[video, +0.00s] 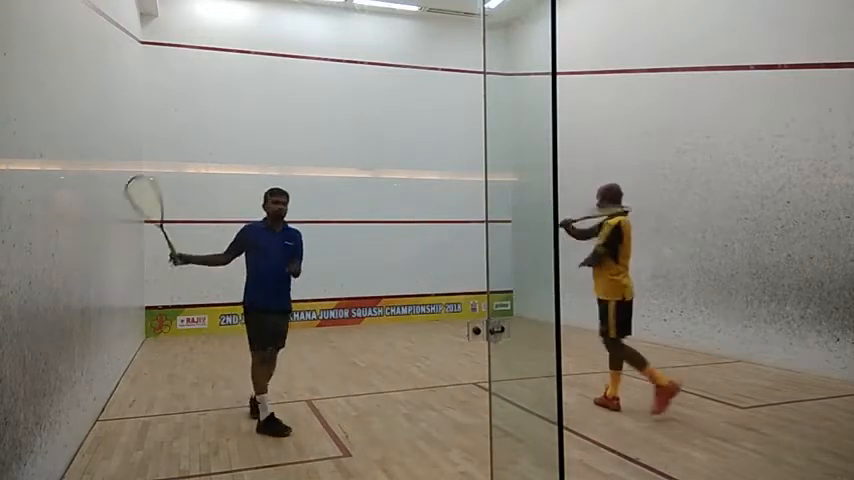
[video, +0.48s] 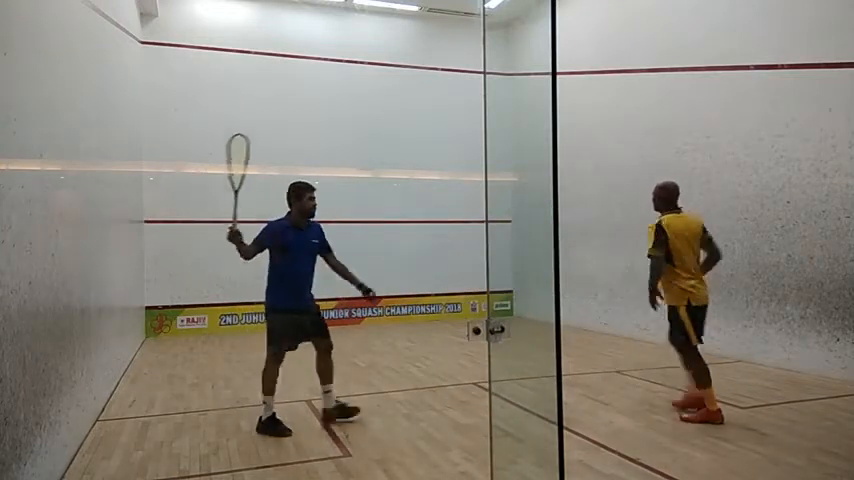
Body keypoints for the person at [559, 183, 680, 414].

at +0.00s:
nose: (598, 206)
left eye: (600, 202)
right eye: (598, 203)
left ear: (607, 203)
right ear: (616, 202)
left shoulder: (616, 224)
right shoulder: (609, 222)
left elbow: (599, 255)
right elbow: (583, 234)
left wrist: (586, 261)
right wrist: (567, 226)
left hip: (615, 293)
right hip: (609, 292)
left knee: (613, 342)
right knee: (612, 342)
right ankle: (612, 395)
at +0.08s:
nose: (608, 204)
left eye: (611, 200)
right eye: (609, 200)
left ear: (622, 202)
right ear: (625, 202)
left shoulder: (631, 227)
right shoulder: (622, 226)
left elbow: (621, 260)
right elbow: (605, 247)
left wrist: (594, 271)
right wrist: (575, 243)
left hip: (630, 298)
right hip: (618, 297)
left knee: (639, 346)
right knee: (614, 341)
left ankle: (688, 391)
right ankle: (612, 395)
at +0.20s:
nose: (619, 205)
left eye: (621, 201)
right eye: (619, 201)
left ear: (631, 204)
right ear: (636, 203)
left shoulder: (644, 228)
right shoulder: (635, 228)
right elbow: (626, 258)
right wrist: (599, 260)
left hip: (648, 301)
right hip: (633, 301)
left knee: (660, 350)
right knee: (622, 342)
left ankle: (702, 400)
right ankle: (613, 395)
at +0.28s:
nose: (628, 206)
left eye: (632, 202)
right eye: (629, 202)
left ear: (641, 205)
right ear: (648, 206)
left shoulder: (653, 228)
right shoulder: (650, 229)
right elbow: (655, 265)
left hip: (664, 304)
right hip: (651, 304)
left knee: (677, 353)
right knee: (638, 343)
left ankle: (709, 406)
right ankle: (622, 391)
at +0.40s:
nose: (641, 206)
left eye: (643, 202)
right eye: (641, 202)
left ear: (651, 205)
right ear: (663, 204)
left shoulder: (655, 229)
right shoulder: (681, 228)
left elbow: (659, 263)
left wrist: (642, 287)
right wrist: (670, 273)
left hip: (675, 303)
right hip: (672, 302)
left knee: (683, 353)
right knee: (656, 339)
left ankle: (711, 407)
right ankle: (652, 392)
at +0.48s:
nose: (653, 202)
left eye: (655, 198)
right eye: (654, 197)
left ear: (661, 200)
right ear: (676, 199)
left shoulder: (660, 226)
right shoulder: (694, 222)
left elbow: (657, 261)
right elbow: (714, 254)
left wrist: (652, 287)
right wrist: (697, 272)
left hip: (680, 299)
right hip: (699, 296)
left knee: (688, 348)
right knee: (679, 341)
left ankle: (712, 407)